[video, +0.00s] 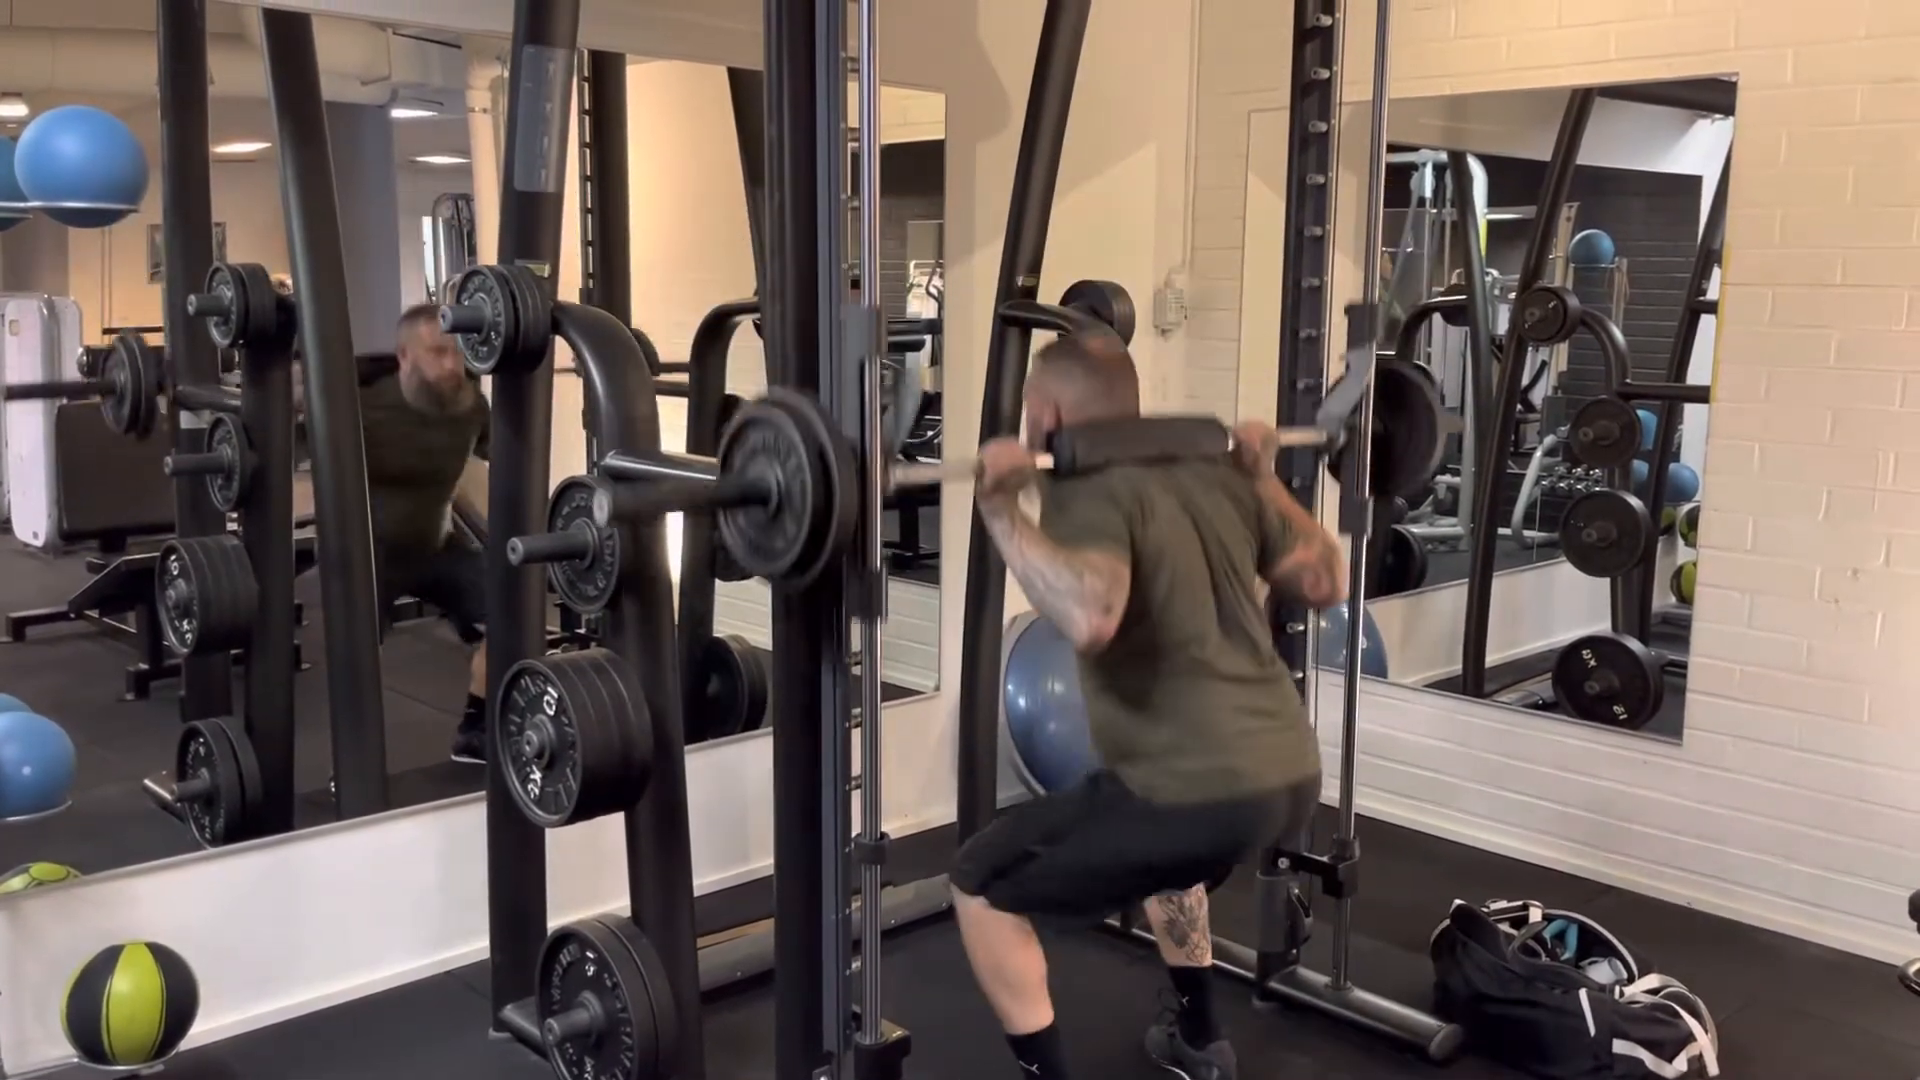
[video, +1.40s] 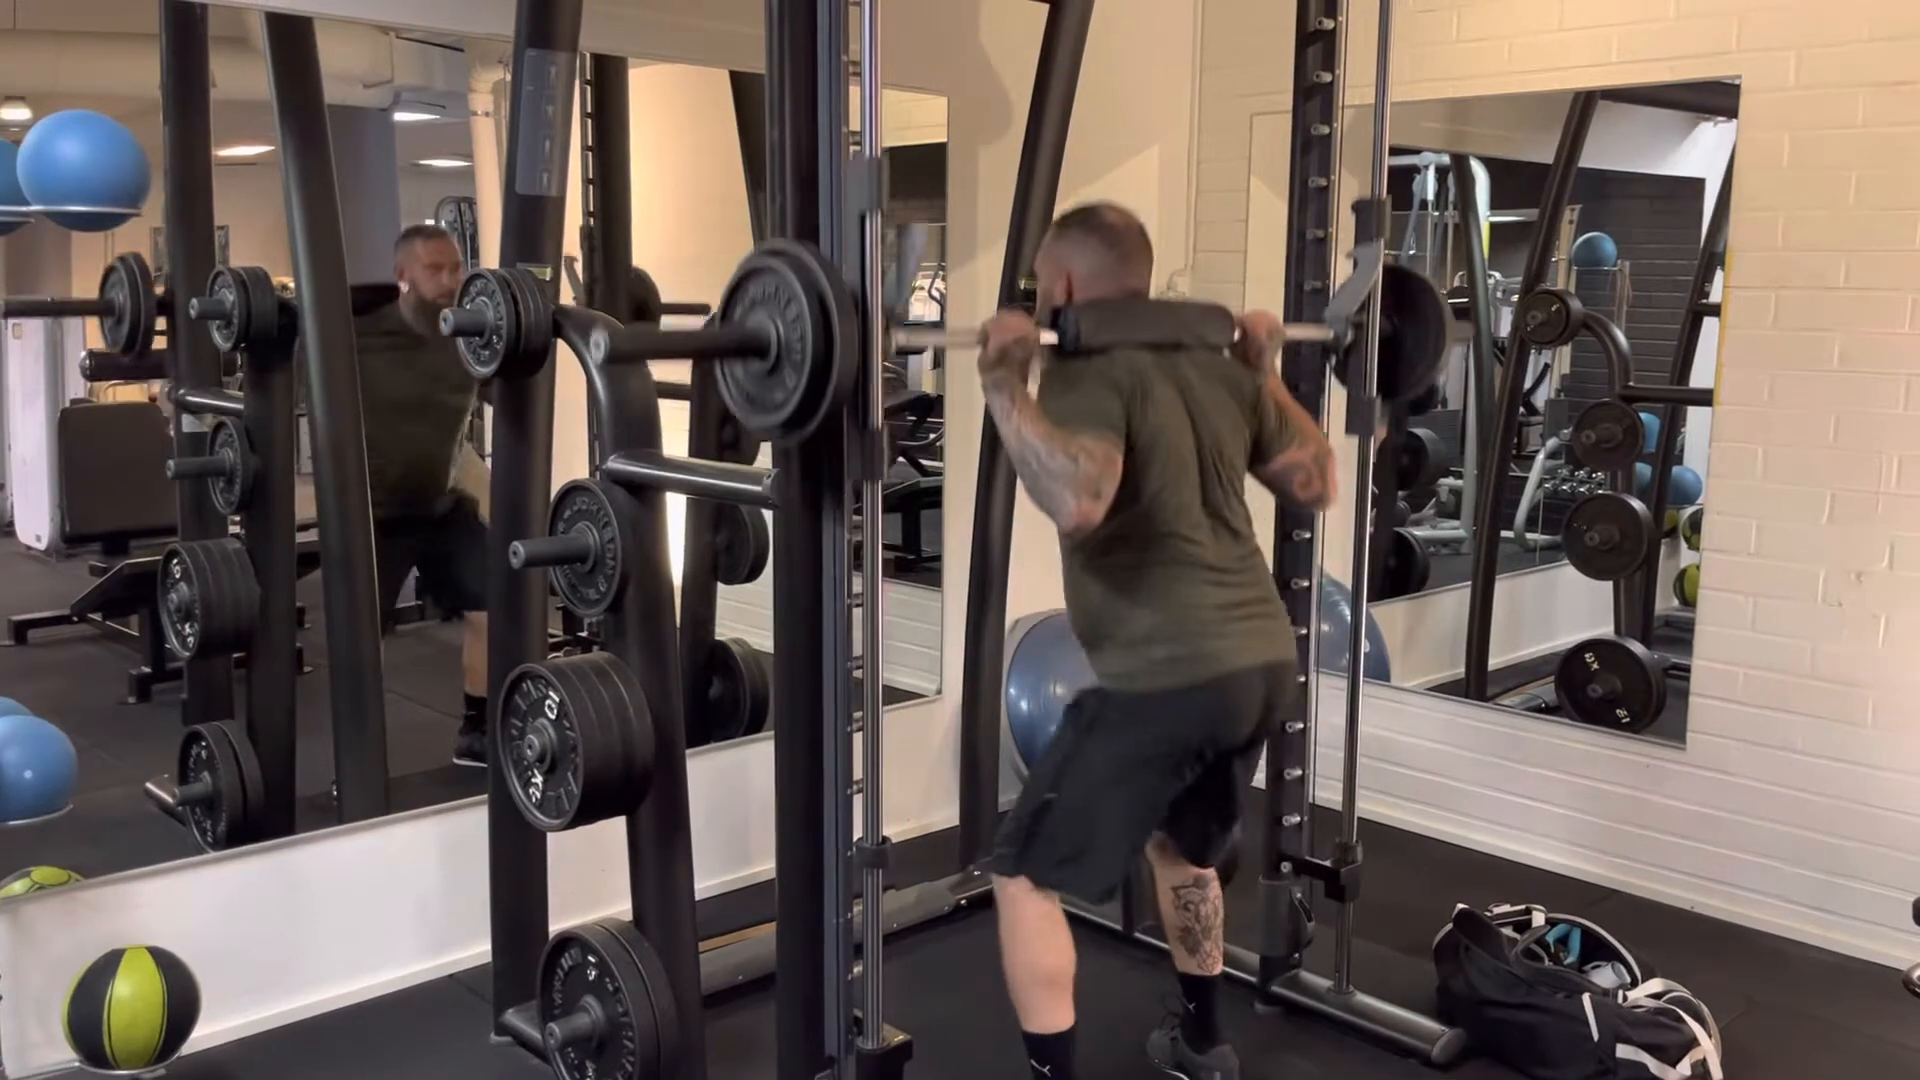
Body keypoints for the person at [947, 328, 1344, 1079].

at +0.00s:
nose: (1028, 422)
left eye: (1030, 408)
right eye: (1028, 409)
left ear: (1048, 416)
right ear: (1127, 402)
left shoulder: (1093, 486)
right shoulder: (1222, 477)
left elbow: (1089, 615)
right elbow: (1327, 579)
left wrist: (999, 506)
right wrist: (1265, 476)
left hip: (1186, 798)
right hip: (1285, 782)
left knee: (981, 883)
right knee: (1159, 844)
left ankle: (1045, 1068)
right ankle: (1200, 1033)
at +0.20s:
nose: (1028, 520)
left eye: (1029, 505)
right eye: (1027, 503)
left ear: (1052, 513)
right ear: (1125, 499)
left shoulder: (1092, 586)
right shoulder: (1219, 574)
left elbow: (1091, 719)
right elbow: (1327, 672)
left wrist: (1003, 617)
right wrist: (1262, 567)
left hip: (1197, 891)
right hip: (1296, 873)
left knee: (967, 884)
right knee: (1128, 839)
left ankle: (1042, 1069)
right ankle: (1200, 1037)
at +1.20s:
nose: (1037, 398)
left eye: (1039, 383)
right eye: (1037, 384)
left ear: (1060, 385)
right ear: (1136, 374)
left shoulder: (1094, 461)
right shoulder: (1221, 455)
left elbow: (1084, 592)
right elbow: (1325, 564)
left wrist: (1001, 482)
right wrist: (1264, 459)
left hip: (1195, 765)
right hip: (1298, 751)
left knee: (1001, 878)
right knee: (1174, 855)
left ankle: (1048, 1070)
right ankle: (1202, 1039)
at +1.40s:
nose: (1043, 301)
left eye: (1046, 286)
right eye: (1044, 287)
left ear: (1069, 284)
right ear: (1141, 277)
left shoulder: (1091, 369)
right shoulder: (1217, 360)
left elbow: (1079, 497)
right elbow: (1316, 482)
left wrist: (1008, 393)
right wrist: (1267, 372)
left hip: (1161, 680)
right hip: (1261, 667)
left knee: (1025, 871)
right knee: (1183, 840)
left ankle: (1052, 1070)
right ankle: (1202, 1041)